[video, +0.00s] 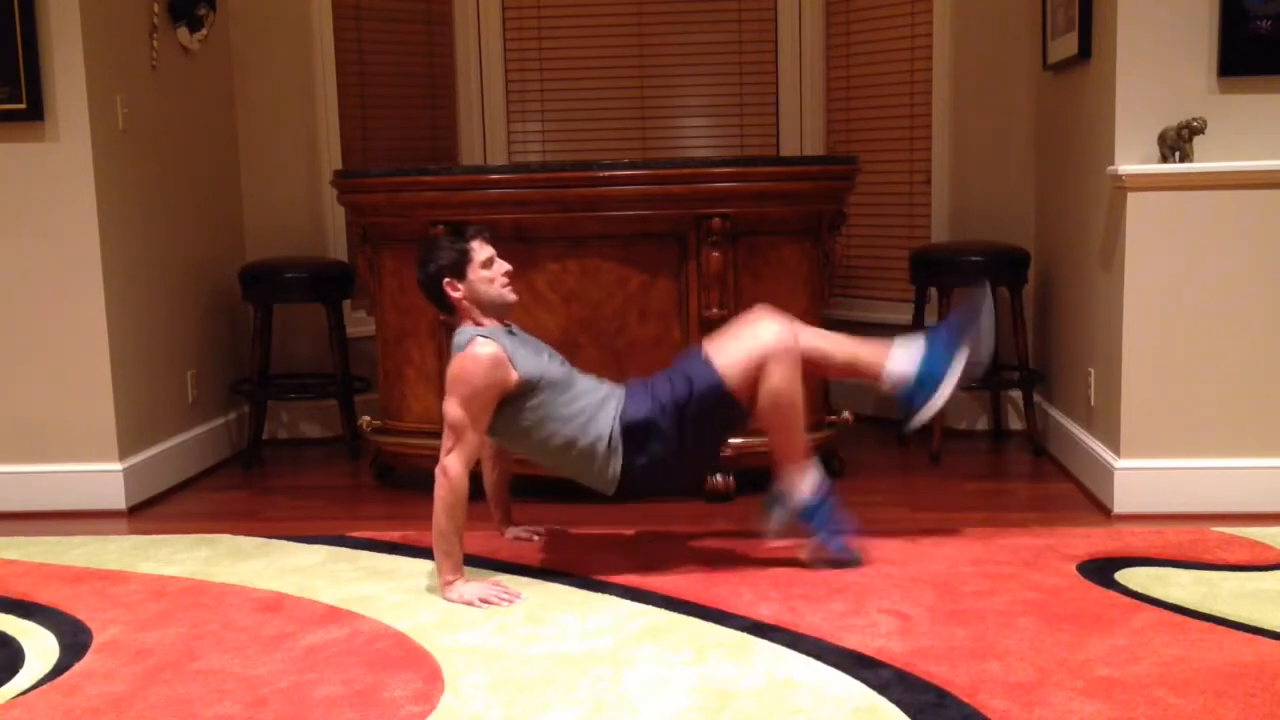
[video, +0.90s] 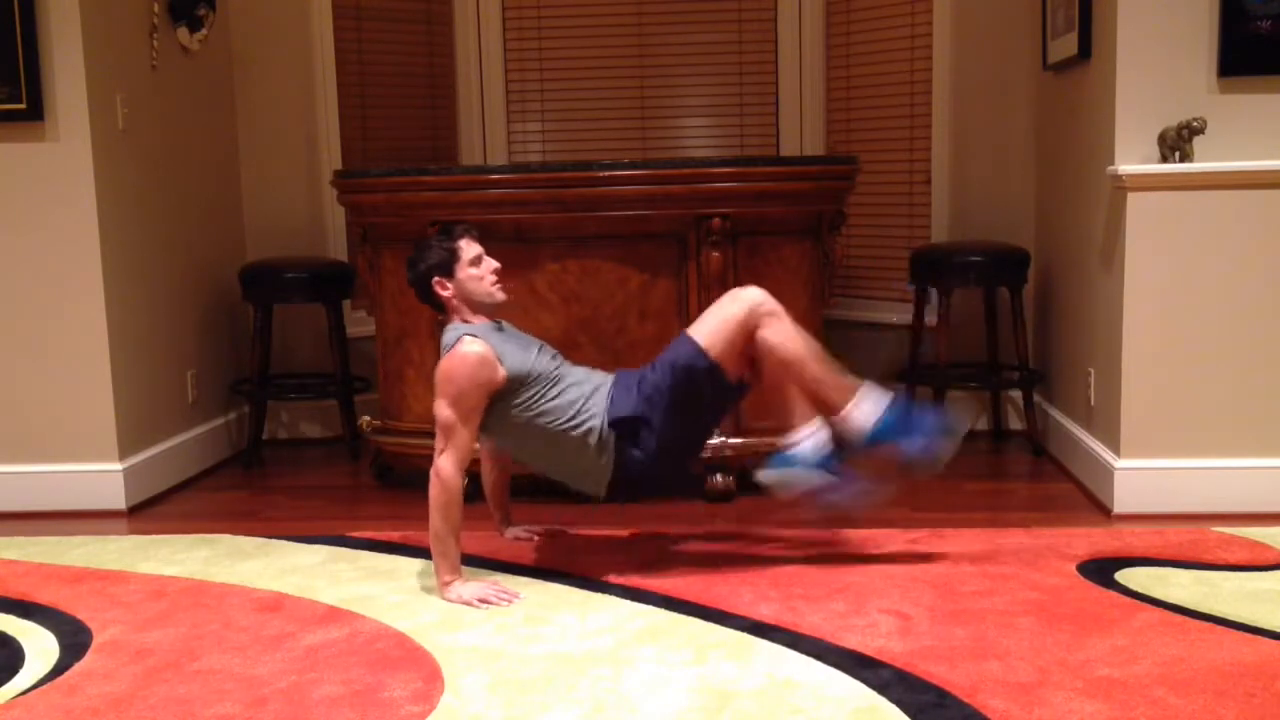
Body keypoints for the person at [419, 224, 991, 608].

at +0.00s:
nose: (506, 270)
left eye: (500, 261)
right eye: (490, 266)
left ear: (476, 285)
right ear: (456, 291)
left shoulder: (498, 339)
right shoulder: (476, 357)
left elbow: (489, 440)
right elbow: (450, 466)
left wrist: (498, 521)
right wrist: (449, 576)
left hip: (635, 413)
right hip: (630, 445)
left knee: (769, 321)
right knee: (770, 344)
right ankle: (798, 496)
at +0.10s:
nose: (520, 274)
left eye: (513, 265)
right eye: (504, 271)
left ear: (496, 290)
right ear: (474, 298)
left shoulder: (519, 340)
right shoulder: (494, 362)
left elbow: (498, 438)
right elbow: (456, 464)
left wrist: (500, 520)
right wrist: (447, 577)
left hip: (638, 459)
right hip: (628, 481)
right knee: (760, 377)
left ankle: (903, 318)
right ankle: (770, 529)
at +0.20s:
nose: (521, 274)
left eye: (515, 266)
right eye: (505, 272)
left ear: (500, 287)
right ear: (475, 299)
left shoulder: (519, 339)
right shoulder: (494, 363)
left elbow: (496, 440)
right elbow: (456, 464)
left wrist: (501, 521)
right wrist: (448, 578)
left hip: (634, 459)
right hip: (625, 485)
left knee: (782, 384)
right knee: (760, 376)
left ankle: (925, 353)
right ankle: (770, 531)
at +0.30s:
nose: (510, 270)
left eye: (504, 261)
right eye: (494, 266)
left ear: (482, 284)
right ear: (459, 292)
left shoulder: (504, 337)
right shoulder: (480, 359)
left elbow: (491, 438)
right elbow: (451, 466)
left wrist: (499, 519)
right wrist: (449, 577)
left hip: (647, 419)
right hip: (643, 454)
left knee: (771, 326)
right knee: (800, 375)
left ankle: (904, 407)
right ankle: (777, 528)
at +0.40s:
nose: (496, 268)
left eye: (490, 258)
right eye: (480, 263)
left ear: (463, 285)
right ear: (448, 290)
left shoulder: (489, 333)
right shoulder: (470, 356)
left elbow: (490, 436)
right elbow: (451, 464)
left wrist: (501, 520)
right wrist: (449, 576)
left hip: (641, 386)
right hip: (644, 417)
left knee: (775, 297)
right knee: (793, 319)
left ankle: (788, 449)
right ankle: (845, 474)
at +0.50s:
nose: (500, 269)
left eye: (493, 260)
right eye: (484, 266)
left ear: (473, 283)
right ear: (451, 292)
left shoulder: (497, 341)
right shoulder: (469, 359)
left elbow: (488, 442)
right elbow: (448, 465)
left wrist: (498, 520)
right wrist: (447, 576)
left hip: (639, 408)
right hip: (633, 424)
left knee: (788, 350)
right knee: (776, 319)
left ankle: (757, 475)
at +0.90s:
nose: (495, 269)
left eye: (490, 259)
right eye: (478, 264)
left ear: (470, 281)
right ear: (444, 288)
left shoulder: (489, 338)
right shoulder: (466, 357)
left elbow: (492, 439)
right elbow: (446, 465)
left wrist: (499, 519)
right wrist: (450, 578)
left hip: (632, 429)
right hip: (630, 446)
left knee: (762, 331)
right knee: (754, 308)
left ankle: (809, 449)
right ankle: (873, 415)